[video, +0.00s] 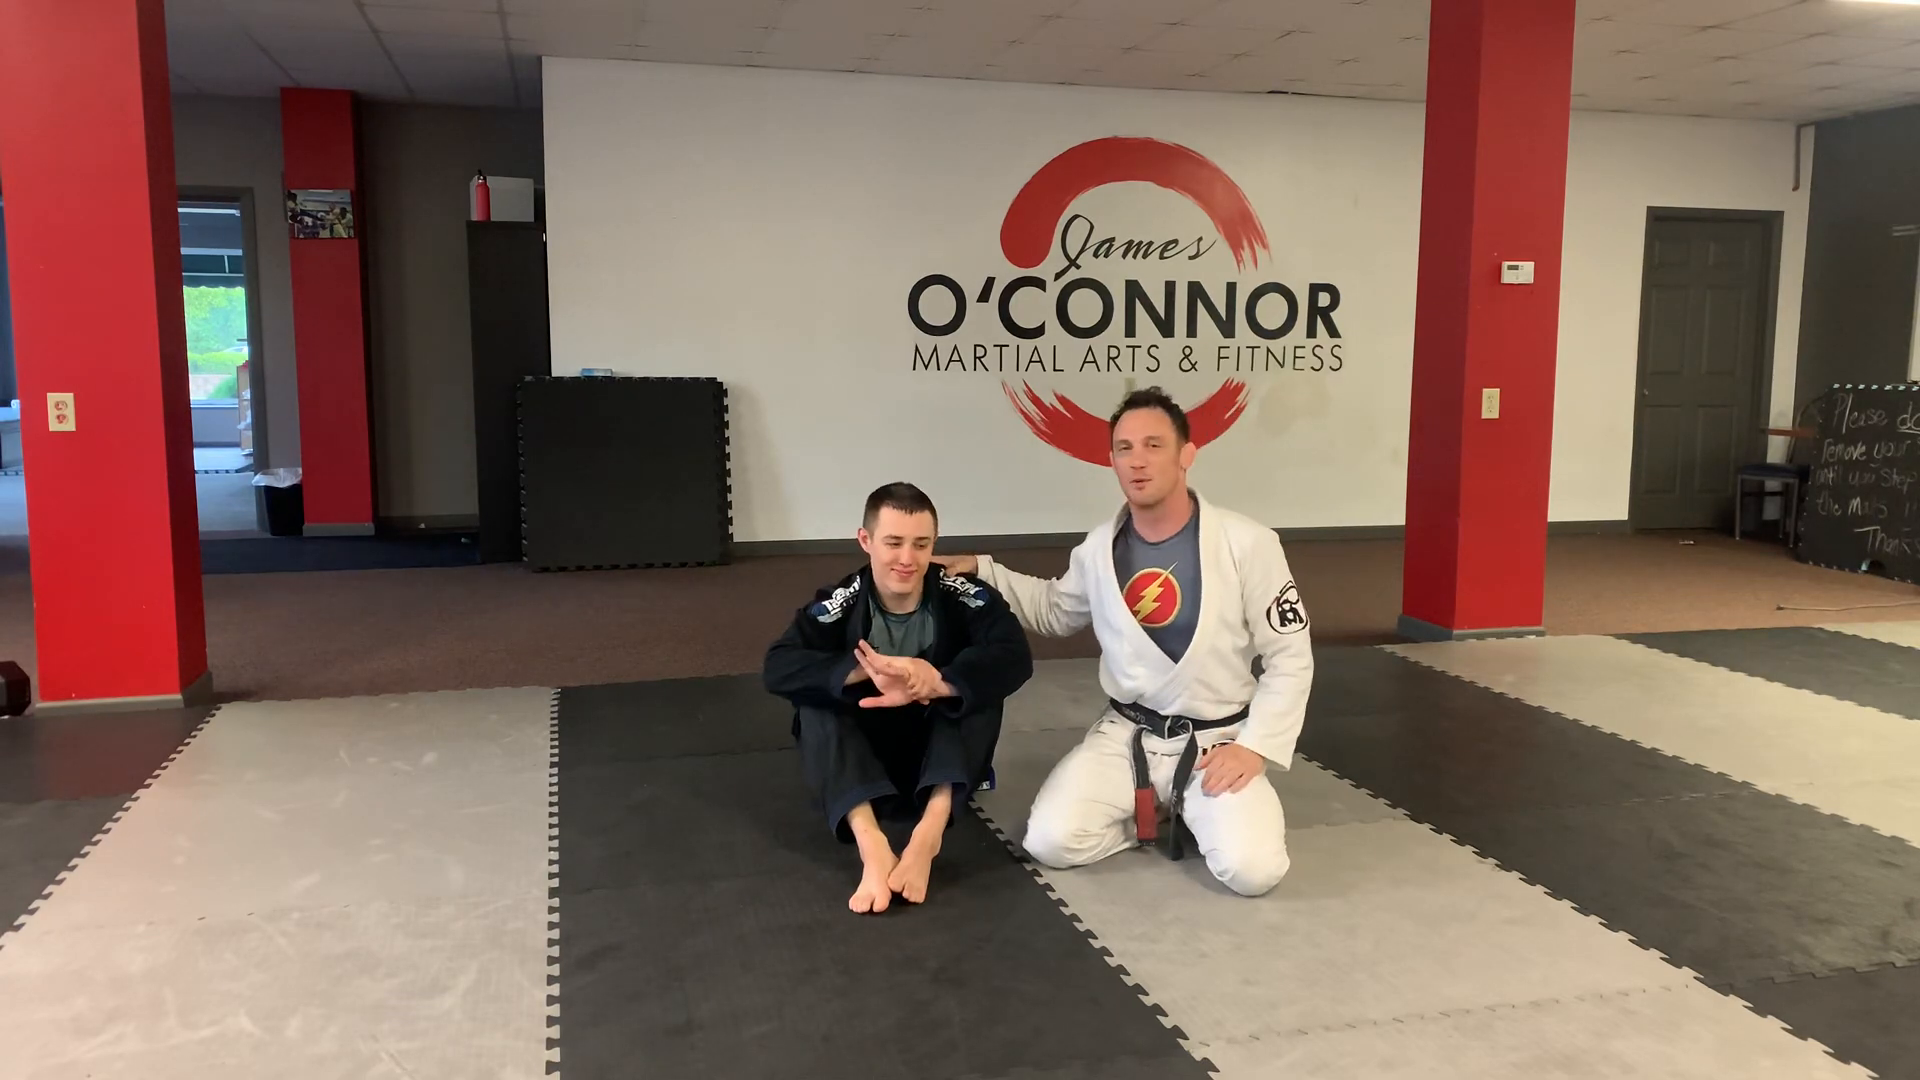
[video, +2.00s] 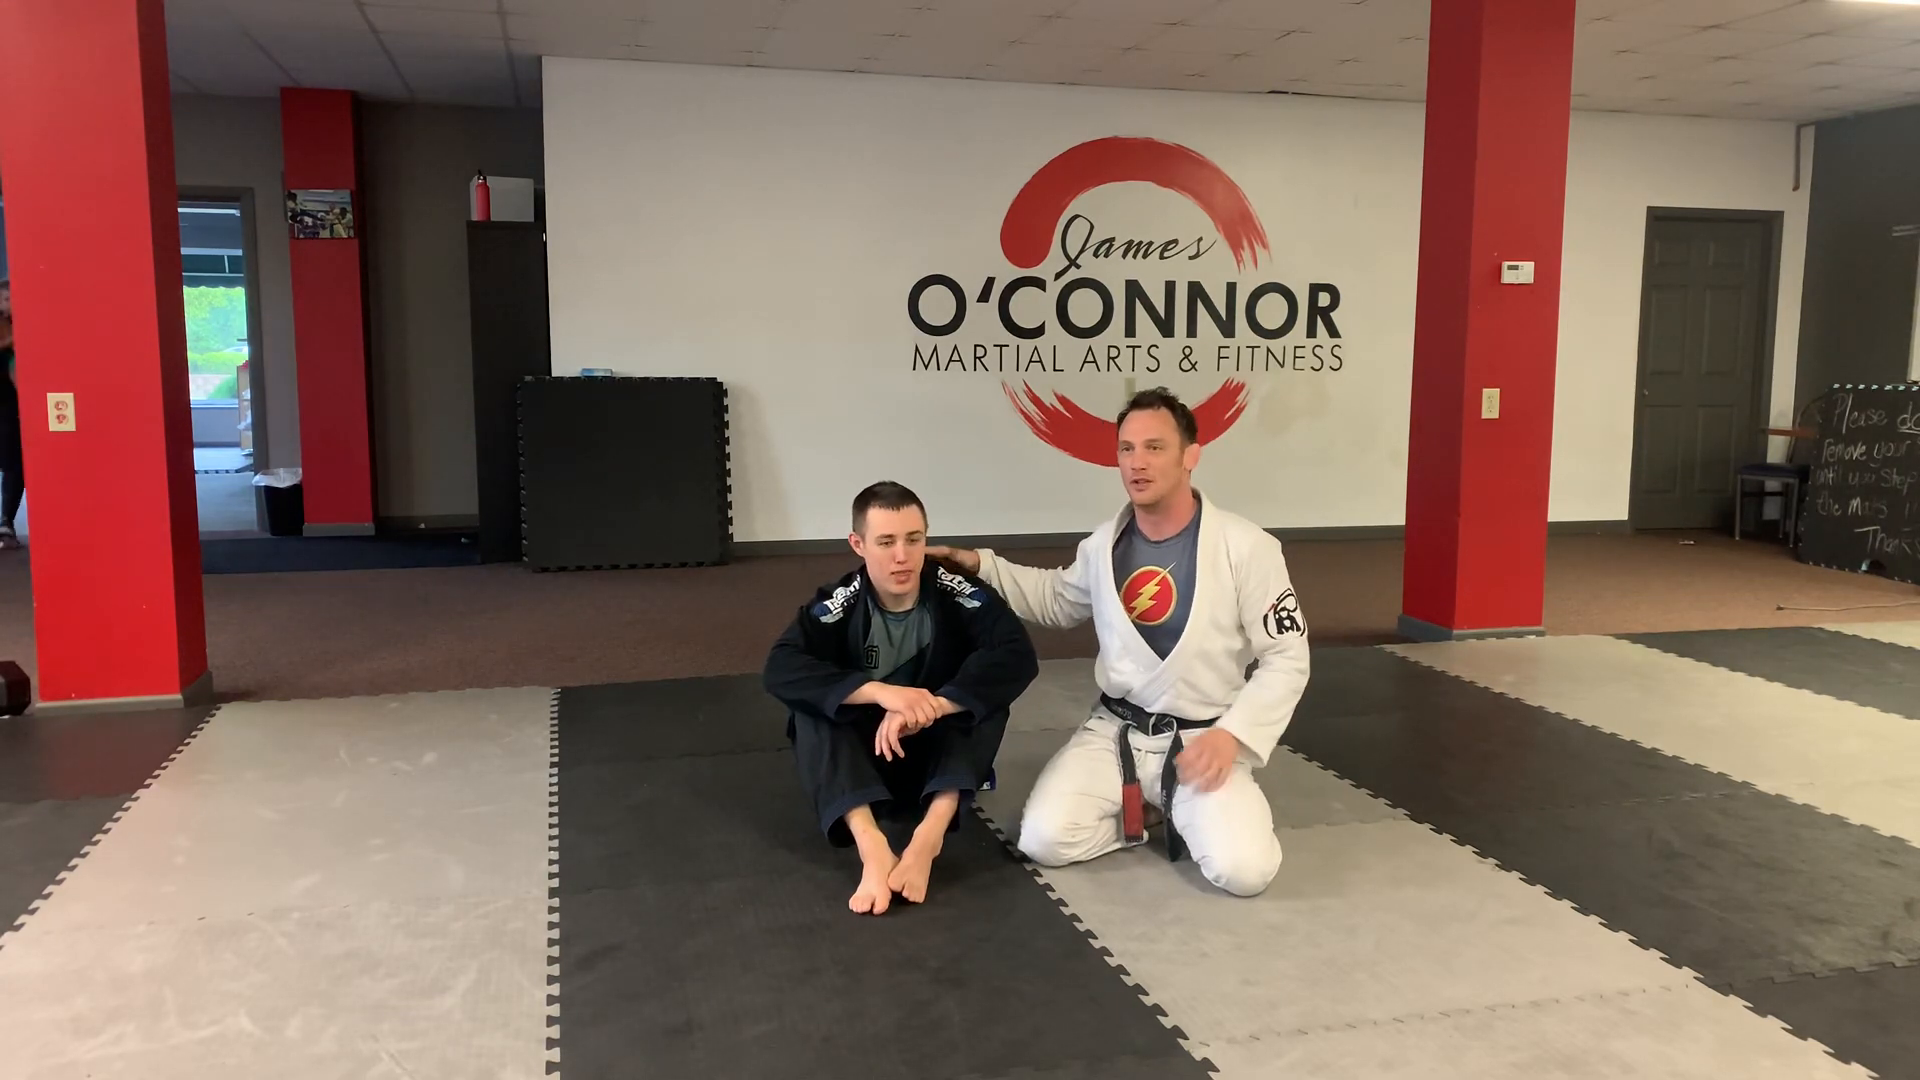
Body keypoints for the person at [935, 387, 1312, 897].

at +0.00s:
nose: (1137, 462)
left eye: (1153, 446)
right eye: (1124, 448)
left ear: (1186, 456)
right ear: (1111, 461)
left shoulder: (1248, 545)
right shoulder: (1097, 551)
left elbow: (1289, 656)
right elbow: (1055, 612)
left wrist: (1257, 746)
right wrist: (983, 569)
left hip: (1219, 738)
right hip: (1125, 732)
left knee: (1254, 871)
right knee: (1051, 842)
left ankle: (1200, 798)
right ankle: (1158, 811)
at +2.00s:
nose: (1137, 463)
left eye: (1153, 447)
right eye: (1127, 449)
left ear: (1190, 457)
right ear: (1116, 459)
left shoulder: (1246, 548)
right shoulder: (1102, 547)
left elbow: (1287, 657)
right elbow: (1057, 602)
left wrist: (1231, 734)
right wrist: (975, 563)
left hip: (1206, 737)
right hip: (1114, 729)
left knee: (1247, 872)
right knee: (1045, 840)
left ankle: (1186, 803)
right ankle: (1151, 809)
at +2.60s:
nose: (1194, 475)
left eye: (1212, 459)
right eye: (1185, 459)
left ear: (1250, 464)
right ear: (1175, 463)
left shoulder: (1295, 545)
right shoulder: (1148, 541)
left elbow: (1295, 643)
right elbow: (1081, 595)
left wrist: (1241, 551)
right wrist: (987, 579)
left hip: (1233, 739)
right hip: (1137, 726)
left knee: (1258, 863)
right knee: (1052, 843)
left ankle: (1205, 798)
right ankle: (1157, 807)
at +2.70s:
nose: (1218, 474)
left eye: (1235, 459)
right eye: (1205, 458)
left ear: (1266, 466)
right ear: (1190, 464)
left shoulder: (1308, 550)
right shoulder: (1158, 539)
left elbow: (1314, 651)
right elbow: (1090, 592)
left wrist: (1262, 556)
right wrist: (993, 572)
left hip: (1241, 741)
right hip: (1144, 726)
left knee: (1268, 861)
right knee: (1055, 844)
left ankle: (1205, 800)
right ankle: (1159, 805)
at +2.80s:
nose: (1236, 474)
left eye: (1253, 459)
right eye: (1223, 459)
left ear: (1280, 470)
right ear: (1204, 467)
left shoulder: (1319, 559)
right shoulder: (1168, 541)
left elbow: (1328, 671)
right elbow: (1118, 608)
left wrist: (1279, 574)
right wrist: (1032, 586)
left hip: (1247, 740)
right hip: (1150, 724)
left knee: (1257, 860)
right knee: (1072, 845)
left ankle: (1209, 799)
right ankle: (1161, 807)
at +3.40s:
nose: (1219, 559)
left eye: (1238, 537)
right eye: (1203, 538)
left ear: (1274, 535)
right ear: (1184, 537)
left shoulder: (1332, 610)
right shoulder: (1161, 599)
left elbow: (1324, 754)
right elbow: (1142, 723)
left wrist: (1291, 890)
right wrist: (1111, 855)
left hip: (1280, 741)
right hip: (1192, 725)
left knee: (1253, 880)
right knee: (1092, 824)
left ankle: (1242, 801)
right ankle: (1201, 784)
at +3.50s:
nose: (1194, 597)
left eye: (1214, 576)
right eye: (1181, 576)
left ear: (1258, 565)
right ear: (1167, 564)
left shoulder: (1323, 619)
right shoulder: (1148, 616)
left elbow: (1318, 763)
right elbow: (1132, 746)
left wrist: (1290, 897)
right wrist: (1098, 873)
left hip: (1277, 742)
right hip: (1188, 729)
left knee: (1253, 884)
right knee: (1103, 815)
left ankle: (1243, 791)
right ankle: (1201, 760)